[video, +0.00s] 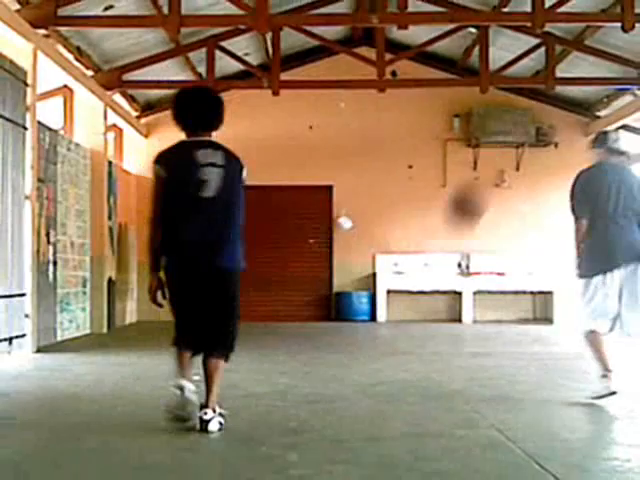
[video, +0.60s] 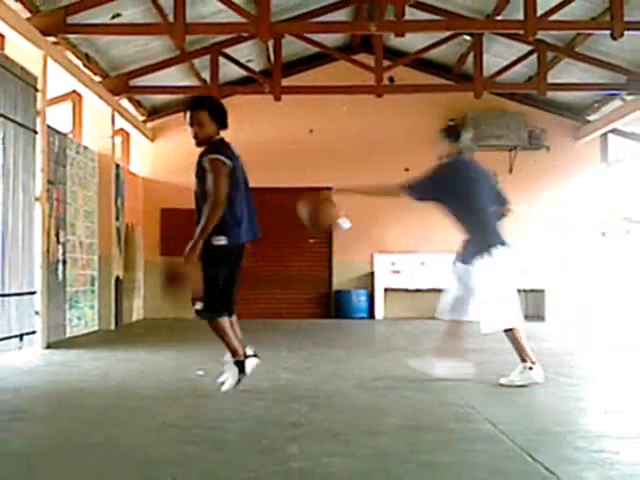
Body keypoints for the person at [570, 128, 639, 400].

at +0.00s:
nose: (594, 155)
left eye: (596, 151)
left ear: (598, 151)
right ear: (621, 151)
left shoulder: (586, 177)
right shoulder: (633, 176)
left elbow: (581, 222)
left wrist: (579, 255)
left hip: (600, 256)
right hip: (633, 254)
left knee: (593, 322)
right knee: (634, 324)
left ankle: (607, 377)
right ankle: (636, 380)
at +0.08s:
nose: (567, 156)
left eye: (568, 150)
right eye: (568, 151)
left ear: (575, 150)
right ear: (592, 149)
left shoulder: (577, 173)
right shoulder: (609, 174)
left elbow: (574, 214)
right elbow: (629, 219)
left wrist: (561, 244)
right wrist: (620, 242)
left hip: (591, 259)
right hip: (624, 260)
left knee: (564, 314)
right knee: (627, 326)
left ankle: (584, 373)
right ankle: (627, 378)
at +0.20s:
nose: (536, 150)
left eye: (537, 145)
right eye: (536, 145)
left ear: (545, 143)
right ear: (559, 141)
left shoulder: (555, 161)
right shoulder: (574, 164)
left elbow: (566, 197)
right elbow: (578, 207)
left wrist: (534, 232)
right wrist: (558, 240)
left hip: (571, 251)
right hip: (596, 251)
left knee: (541, 307)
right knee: (599, 313)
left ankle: (549, 371)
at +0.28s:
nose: (507, 150)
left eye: (510, 144)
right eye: (508, 144)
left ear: (521, 144)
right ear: (530, 144)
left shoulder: (534, 166)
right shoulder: (547, 168)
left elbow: (542, 204)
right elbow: (546, 210)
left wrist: (505, 237)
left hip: (549, 258)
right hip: (566, 257)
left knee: (526, 312)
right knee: (589, 312)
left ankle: (537, 372)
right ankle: (633, 344)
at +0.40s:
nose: (484, 155)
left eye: (486, 149)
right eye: (483, 149)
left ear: (497, 149)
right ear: (507, 148)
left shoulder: (508, 173)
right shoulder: (524, 174)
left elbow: (506, 211)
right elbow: (543, 217)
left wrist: (471, 226)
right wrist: (519, 238)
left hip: (523, 263)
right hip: (538, 261)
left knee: (505, 319)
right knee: (536, 313)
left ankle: (533, 370)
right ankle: (580, 338)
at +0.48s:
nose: (464, 149)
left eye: (467, 143)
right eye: (465, 143)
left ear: (476, 144)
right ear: (487, 143)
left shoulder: (487, 169)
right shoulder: (500, 170)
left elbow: (454, 204)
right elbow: (522, 210)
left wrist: (400, 211)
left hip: (508, 258)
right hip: (513, 256)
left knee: (504, 318)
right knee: (507, 316)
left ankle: (532, 368)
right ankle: (530, 365)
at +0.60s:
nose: (444, 146)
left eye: (445, 141)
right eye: (447, 141)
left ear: (448, 142)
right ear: (467, 142)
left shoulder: (448, 171)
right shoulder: (481, 171)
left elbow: (401, 190)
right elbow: (503, 208)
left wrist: (352, 189)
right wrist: (477, 226)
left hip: (487, 251)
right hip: (483, 249)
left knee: (504, 308)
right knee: (459, 305)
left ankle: (530, 364)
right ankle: (447, 358)